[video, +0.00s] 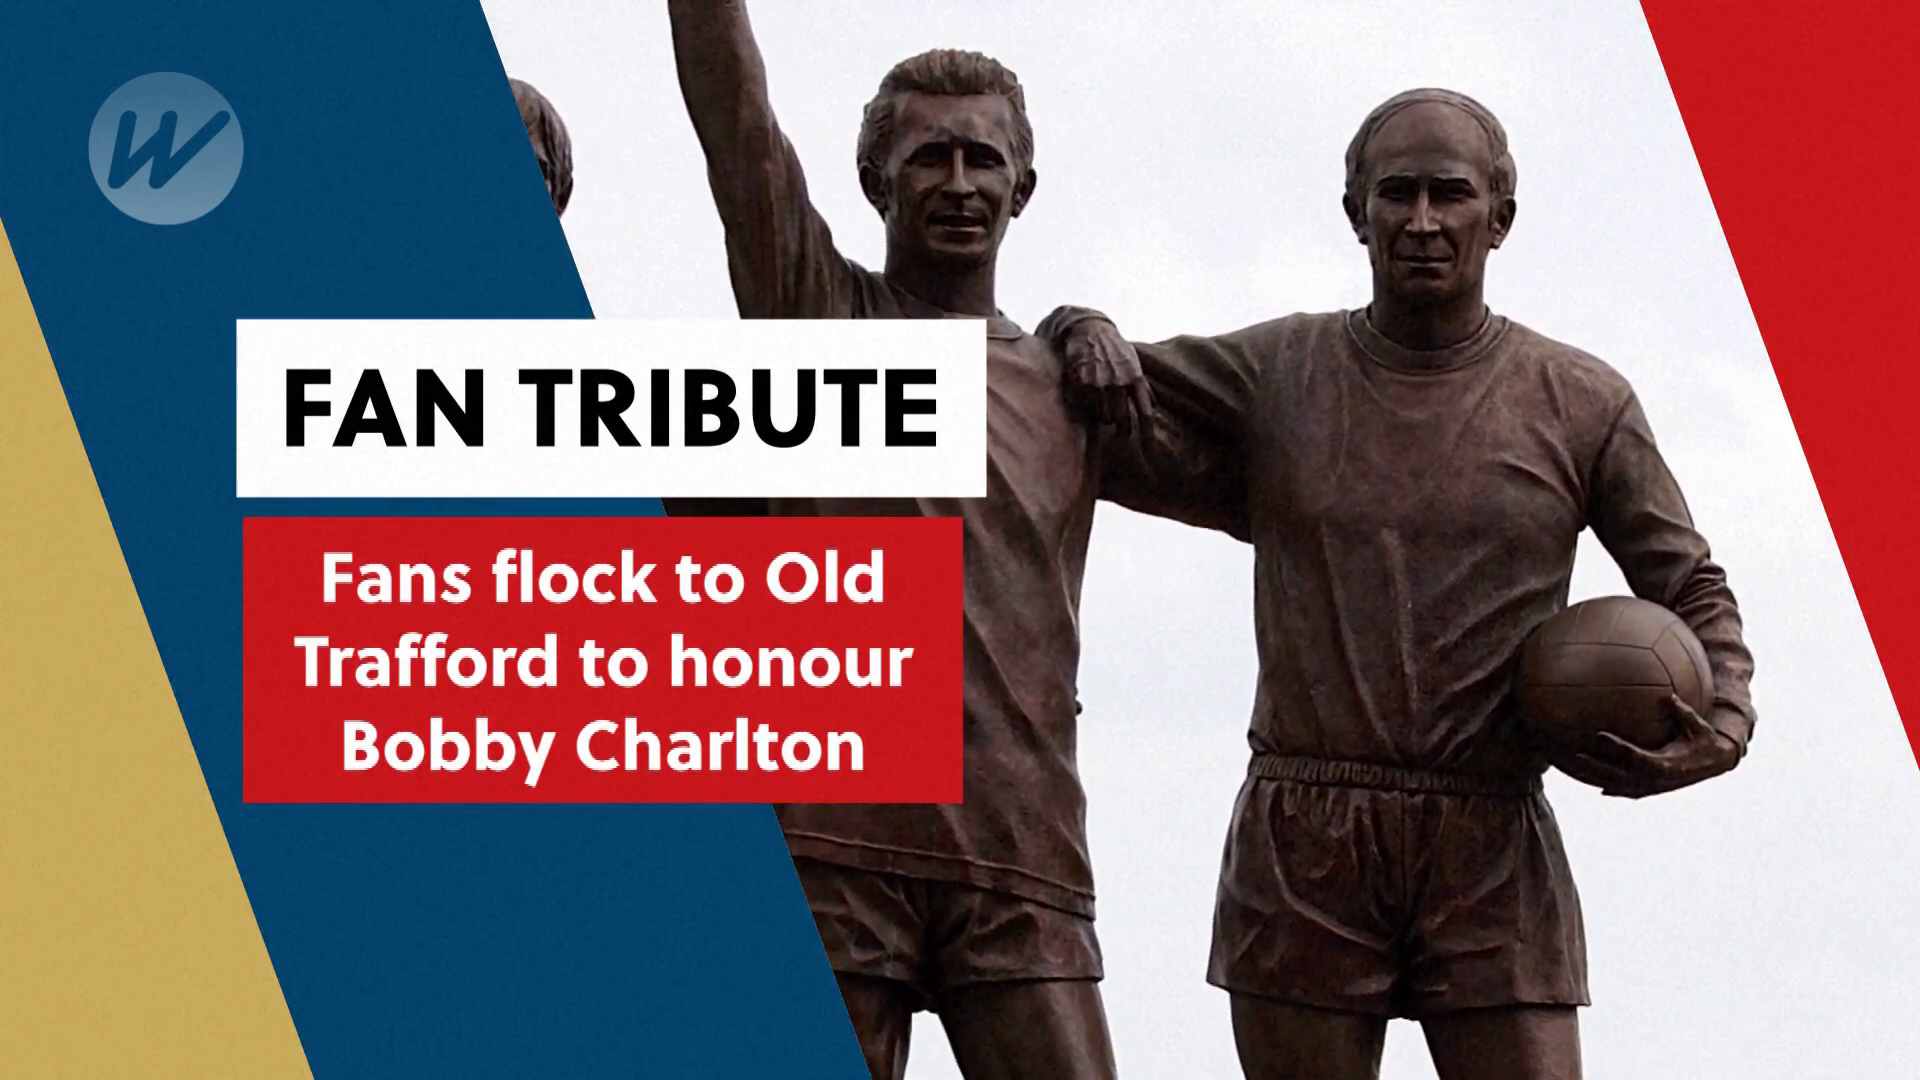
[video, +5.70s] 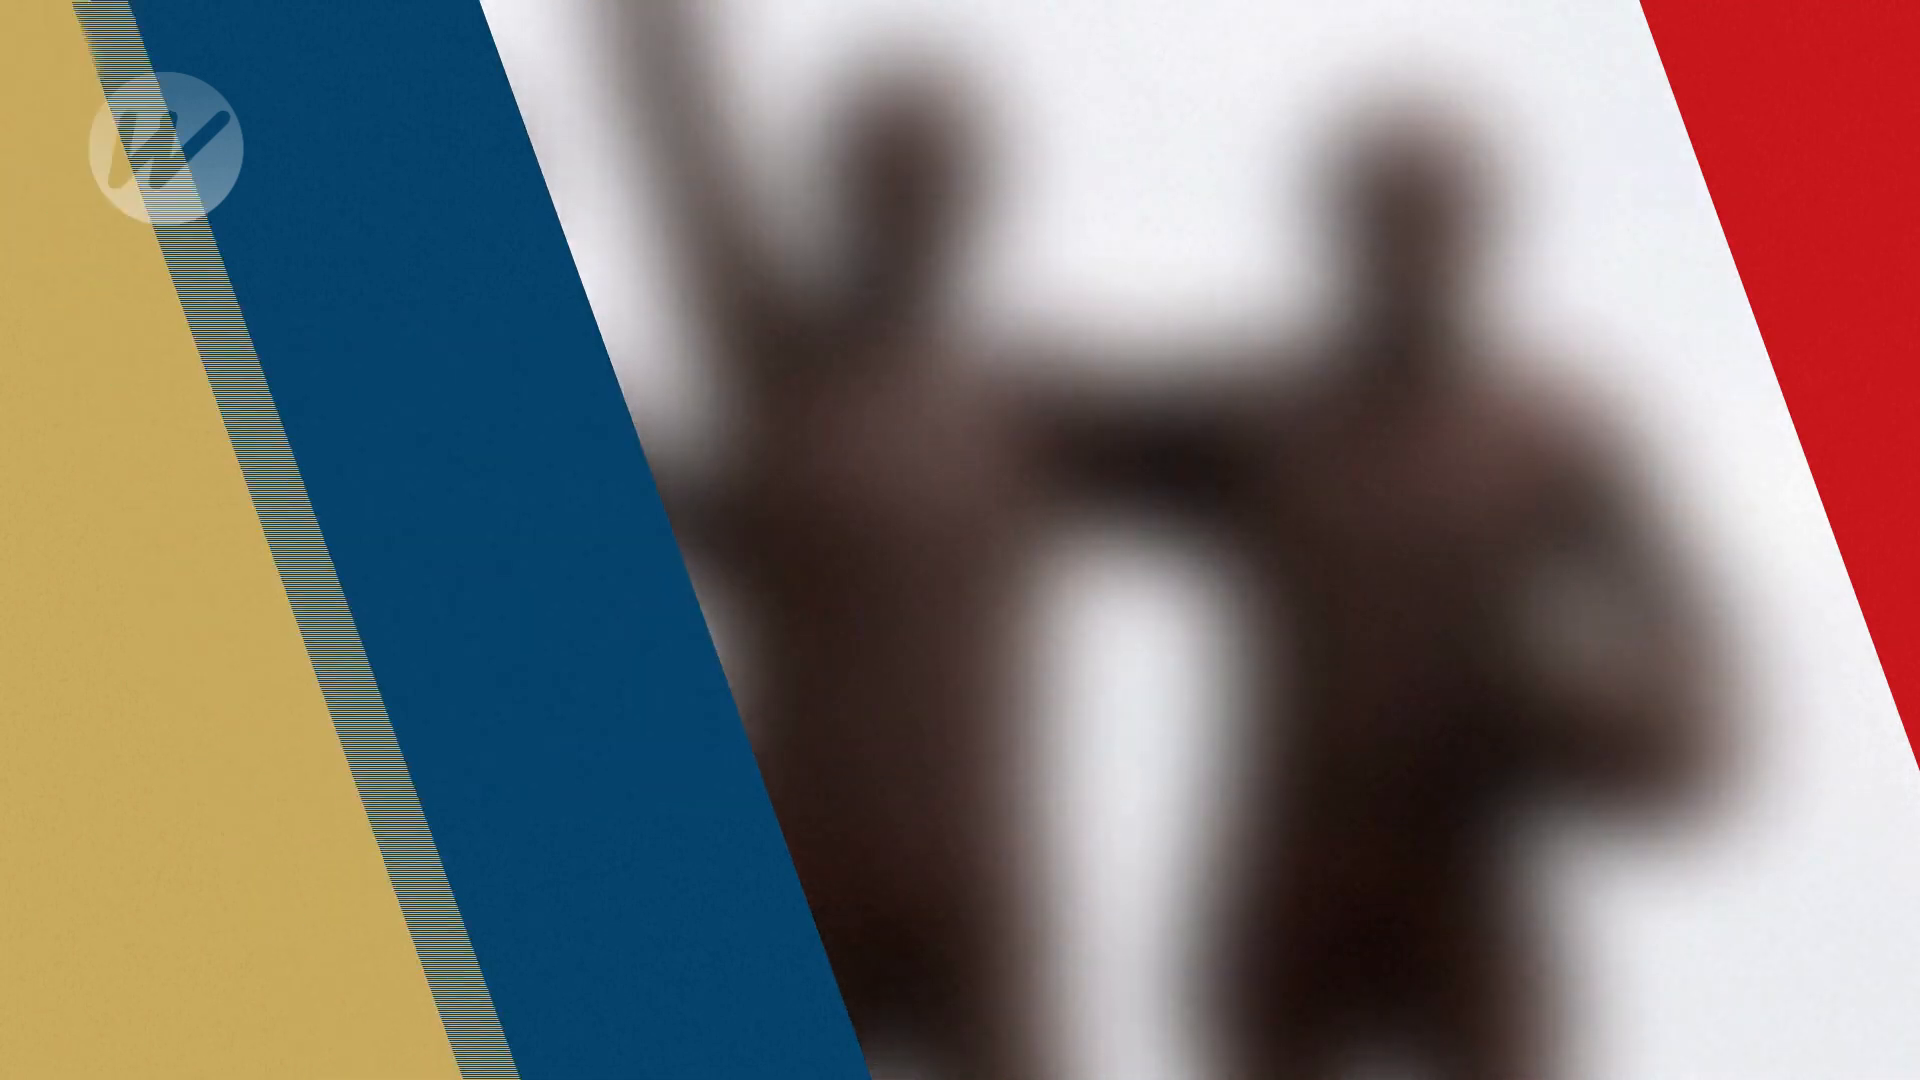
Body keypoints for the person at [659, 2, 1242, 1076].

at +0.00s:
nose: (959, 180)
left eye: (983, 157)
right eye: (928, 157)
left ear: (1020, 184)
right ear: (876, 181)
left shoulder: (1071, 390)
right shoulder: (815, 317)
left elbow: (1279, 487)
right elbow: (735, 125)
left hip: (1021, 863)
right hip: (828, 857)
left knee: (1074, 1068)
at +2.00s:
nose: (938, 188)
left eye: (963, 164)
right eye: (906, 163)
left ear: (1002, 195)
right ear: (854, 191)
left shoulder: (1053, 398)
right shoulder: (788, 327)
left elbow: (1261, 501)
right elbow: (710, 135)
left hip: (1003, 882)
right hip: (809, 880)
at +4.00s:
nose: (918, 195)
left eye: (944, 171)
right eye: (886, 170)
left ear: (983, 202)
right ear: (829, 197)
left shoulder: (1032, 400)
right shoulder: (762, 334)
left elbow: (1244, 515)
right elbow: (681, 127)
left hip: (986, 909)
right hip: (790, 902)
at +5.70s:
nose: (907, 209)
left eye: (930, 180)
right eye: (887, 177)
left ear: (960, 198)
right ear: (850, 187)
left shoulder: (1001, 414)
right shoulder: (793, 379)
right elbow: (684, 136)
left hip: (962, 870)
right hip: (805, 869)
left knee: (998, 1049)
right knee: (790, 1046)